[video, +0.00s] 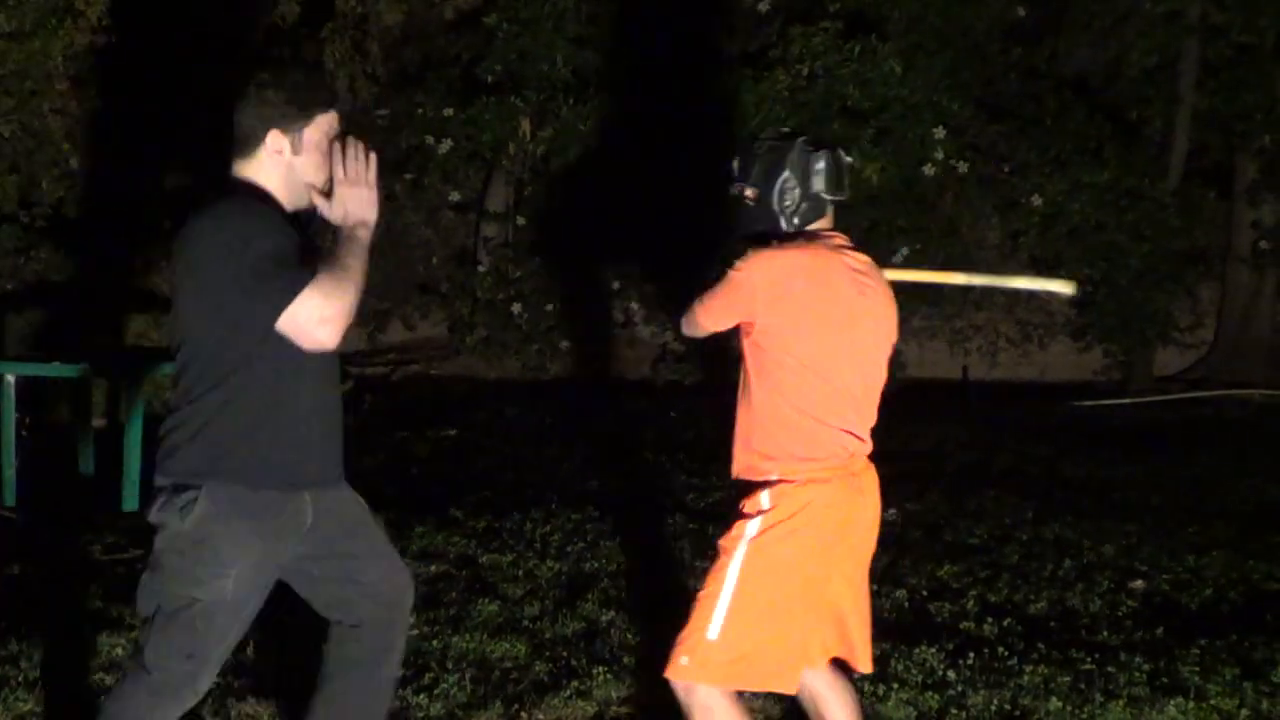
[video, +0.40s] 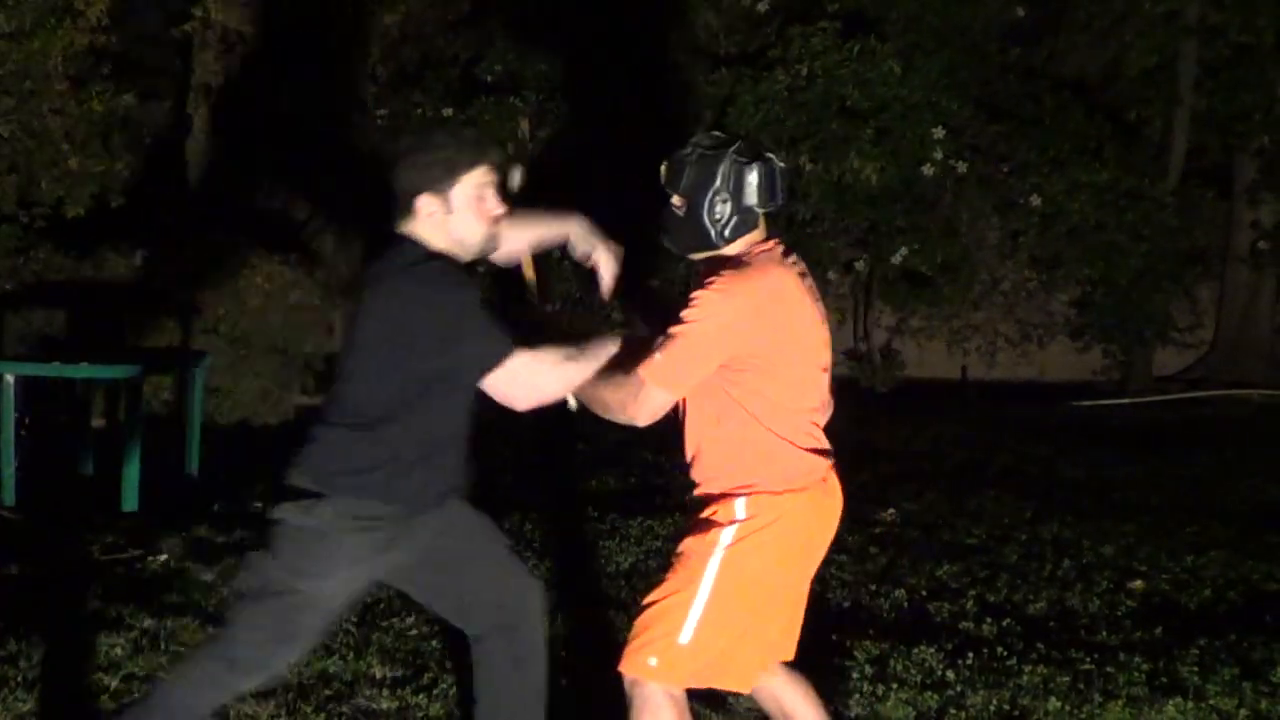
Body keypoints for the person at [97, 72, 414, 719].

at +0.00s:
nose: (336, 159)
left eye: (336, 143)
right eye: (326, 142)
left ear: (282, 146)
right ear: (282, 145)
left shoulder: (284, 232)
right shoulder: (228, 228)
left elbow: (314, 324)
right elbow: (322, 323)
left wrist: (345, 232)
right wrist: (356, 229)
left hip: (314, 494)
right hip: (226, 499)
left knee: (381, 600)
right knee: (168, 681)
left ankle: (344, 716)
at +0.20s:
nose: (374, 202)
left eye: (368, 185)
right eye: (357, 188)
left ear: (314, 204)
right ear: (308, 204)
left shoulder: (337, 264)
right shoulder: (263, 294)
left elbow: (427, 244)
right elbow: (363, 383)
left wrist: (507, 221)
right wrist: (439, 307)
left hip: (313, 509)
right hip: (228, 520)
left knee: (425, 584)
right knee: (176, 698)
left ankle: (465, 714)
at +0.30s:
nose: (430, 223)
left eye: (426, 207)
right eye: (411, 212)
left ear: (367, 227)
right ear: (357, 229)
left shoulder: (375, 281)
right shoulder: (345, 306)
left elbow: (466, 207)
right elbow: (479, 361)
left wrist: (565, 174)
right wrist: (583, 326)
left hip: (351, 514)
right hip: (255, 525)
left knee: (461, 587)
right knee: (182, 686)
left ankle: (503, 713)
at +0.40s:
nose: (498, 209)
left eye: (497, 192)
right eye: (483, 196)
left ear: (434, 207)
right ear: (431, 207)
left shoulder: (430, 267)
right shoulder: (425, 288)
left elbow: (496, 235)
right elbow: (521, 385)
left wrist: (576, 229)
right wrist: (616, 345)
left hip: (425, 515)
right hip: (336, 519)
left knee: (512, 606)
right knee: (245, 659)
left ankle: (511, 715)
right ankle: (139, 715)